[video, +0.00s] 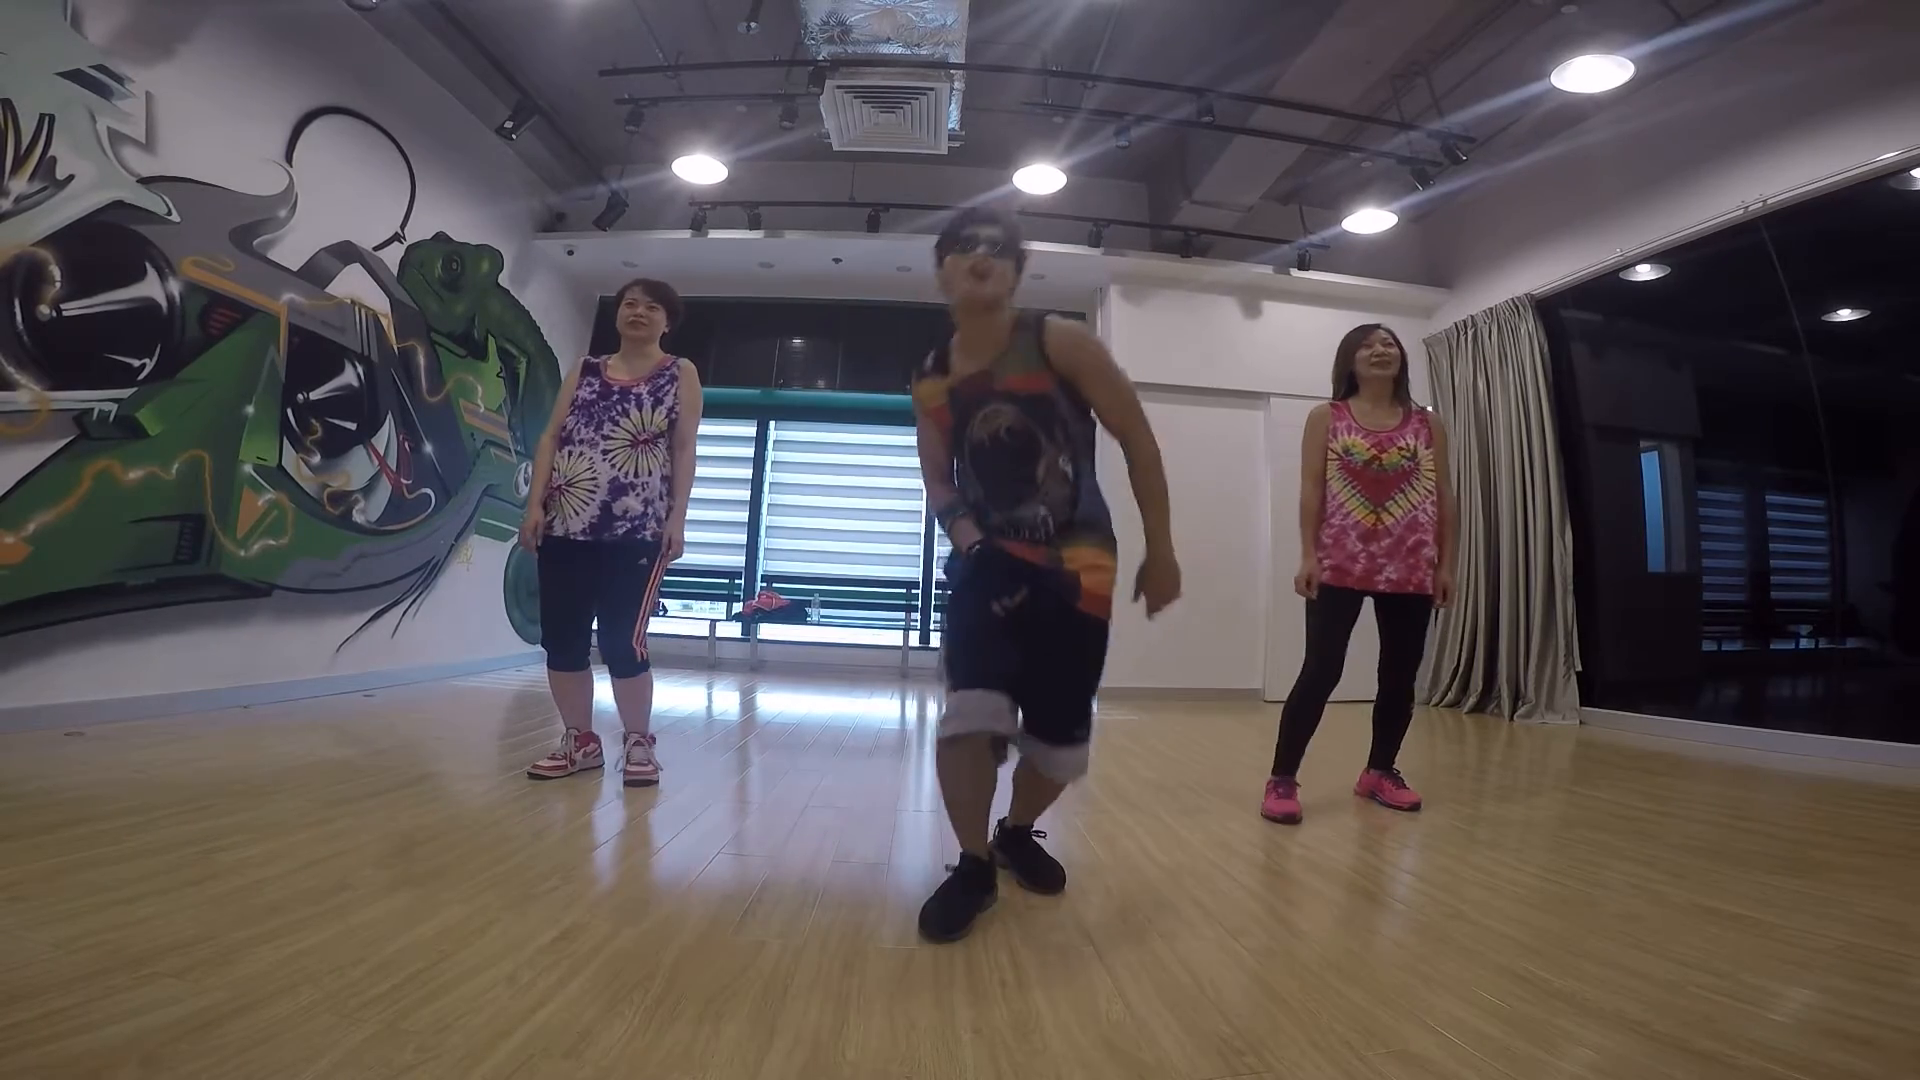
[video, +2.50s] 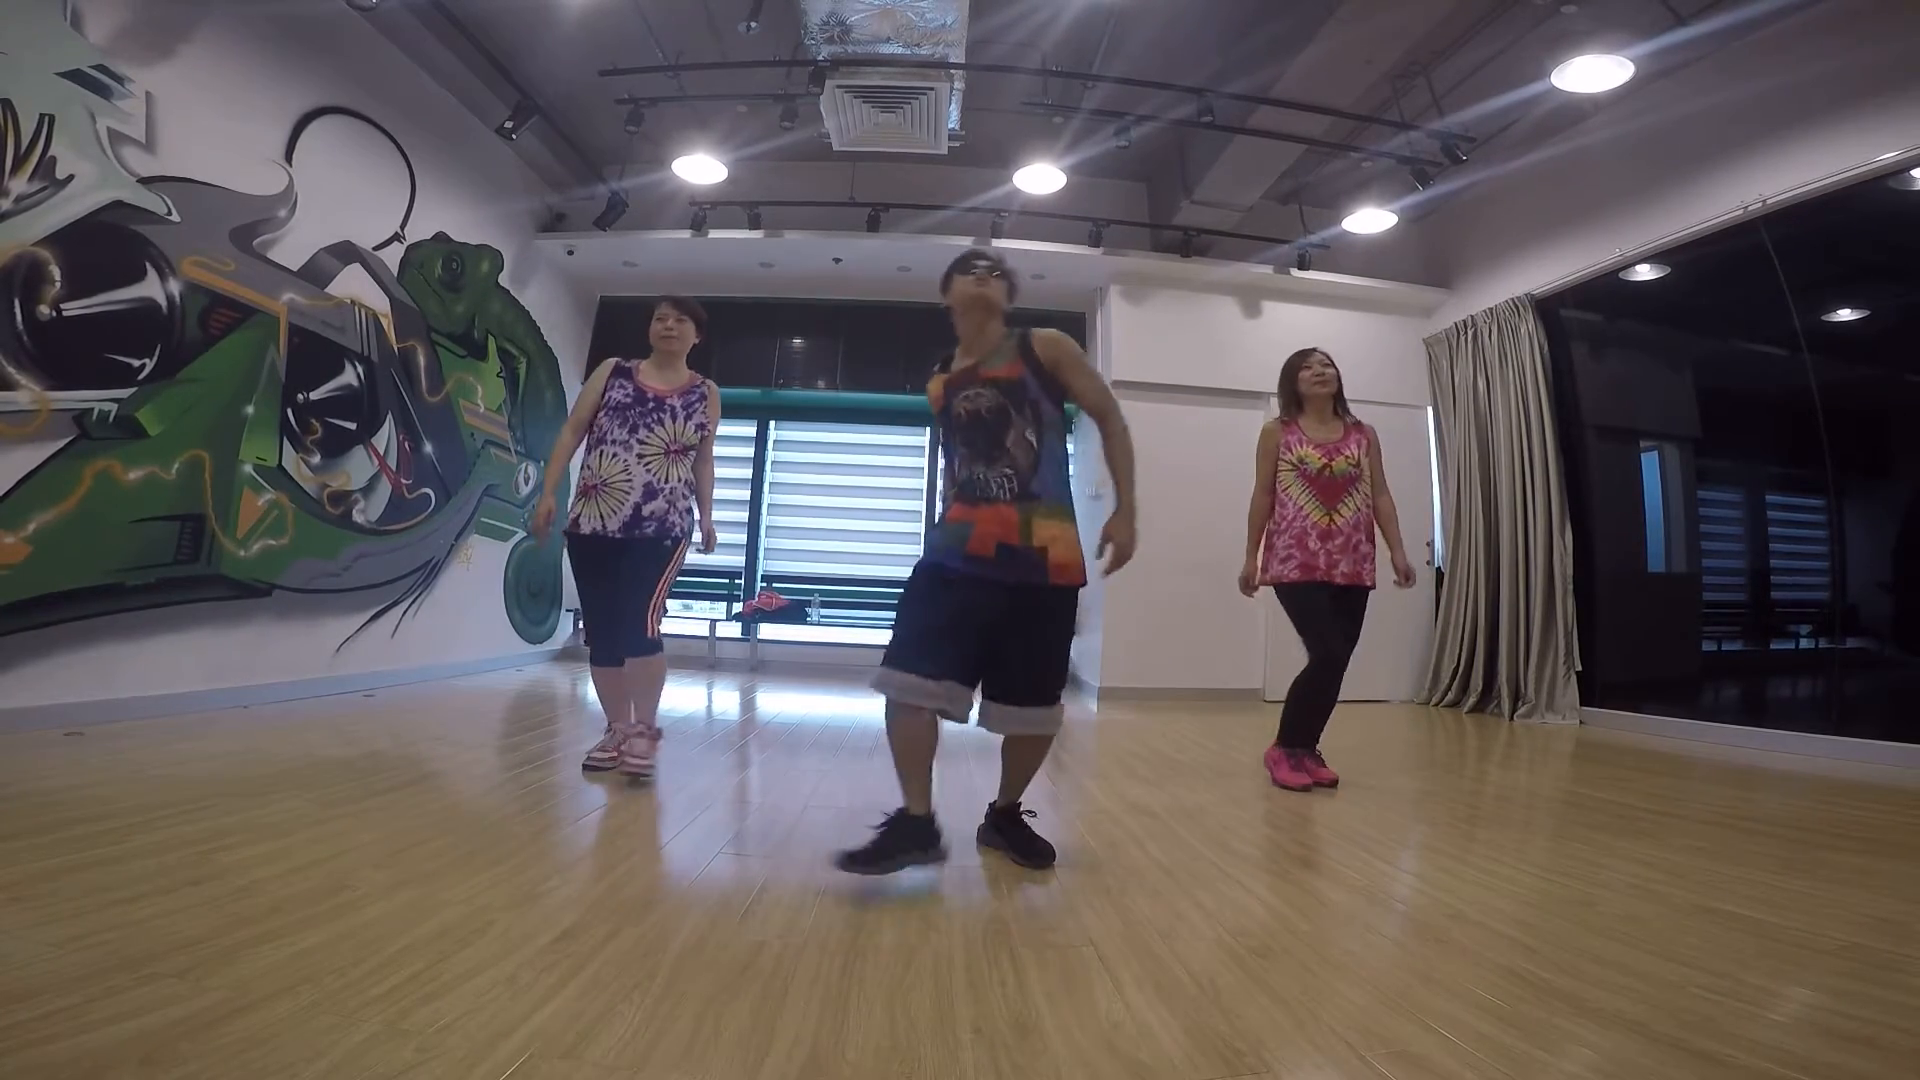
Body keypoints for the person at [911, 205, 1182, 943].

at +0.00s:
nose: (979, 260)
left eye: (996, 252)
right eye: (963, 249)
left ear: (1017, 275)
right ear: (940, 273)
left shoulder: (1063, 343)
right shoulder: (934, 379)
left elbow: (1139, 438)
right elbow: (938, 481)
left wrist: (1159, 549)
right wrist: (964, 531)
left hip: (1076, 568)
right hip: (985, 563)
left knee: (1059, 746)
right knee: (970, 718)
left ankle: (1015, 830)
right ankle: (973, 862)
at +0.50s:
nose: (1027, 232)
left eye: (1041, 220)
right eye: (1009, 217)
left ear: (1053, 237)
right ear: (974, 228)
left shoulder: (1073, 331)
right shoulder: (915, 317)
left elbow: (1166, 398)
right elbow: (831, 369)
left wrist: (1275, 419)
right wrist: (755, 373)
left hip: (1044, 558)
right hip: (938, 560)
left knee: (1089, 723)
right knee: (924, 739)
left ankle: (1026, 821)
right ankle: (966, 867)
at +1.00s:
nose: (1027, 240)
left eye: (1042, 231)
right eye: (1010, 229)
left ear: (1060, 258)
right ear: (980, 253)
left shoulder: (1090, 359)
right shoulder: (940, 349)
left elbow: (1082, 470)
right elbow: (940, 460)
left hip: (1065, 580)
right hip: (956, 576)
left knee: (1092, 746)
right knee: (907, 743)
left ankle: (1032, 867)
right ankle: (952, 855)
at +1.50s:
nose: (955, 312)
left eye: (970, 305)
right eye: (942, 302)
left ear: (989, 326)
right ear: (917, 320)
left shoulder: (1027, 383)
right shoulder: (904, 428)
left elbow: (1081, 480)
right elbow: (894, 526)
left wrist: (1137, 572)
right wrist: (845, 615)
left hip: (1041, 592)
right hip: (948, 603)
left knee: (1073, 737)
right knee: (934, 754)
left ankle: (1021, 884)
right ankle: (968, 823)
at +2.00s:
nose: (1034, 315)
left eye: (1046, 308)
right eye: (1019, 306)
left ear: (1060, 327)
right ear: (994, 323)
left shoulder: (1056, 425)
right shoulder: (944, 381)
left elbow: (1052, 518)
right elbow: (879, 433)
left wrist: (1058, 597)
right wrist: (860, 497)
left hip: (1024, 591)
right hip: (939, 586)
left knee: (1057, 723)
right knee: (927, 733)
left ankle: (1013, 804)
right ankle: (966, 823)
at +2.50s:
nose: (984, 277)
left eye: (996, 273)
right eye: (970, 270)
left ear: (1010, 298)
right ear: (946, 294)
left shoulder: (1046, 349)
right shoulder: (943, 382)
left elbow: (1110, 417)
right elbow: (964, 464)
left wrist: (1125, 509)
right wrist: (954, 534)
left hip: (1043, 558)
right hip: (960, 553)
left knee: (1036, 705)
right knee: (907, 680)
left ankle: (1005, 814)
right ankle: (916, 821)